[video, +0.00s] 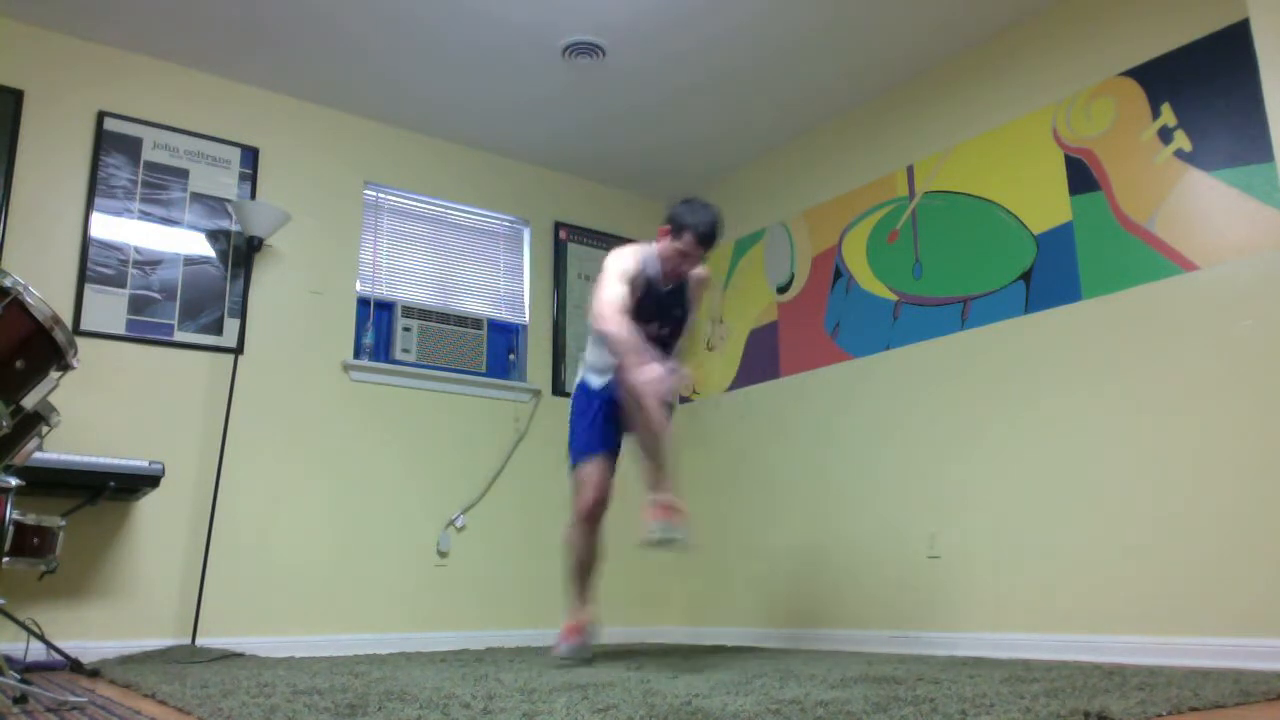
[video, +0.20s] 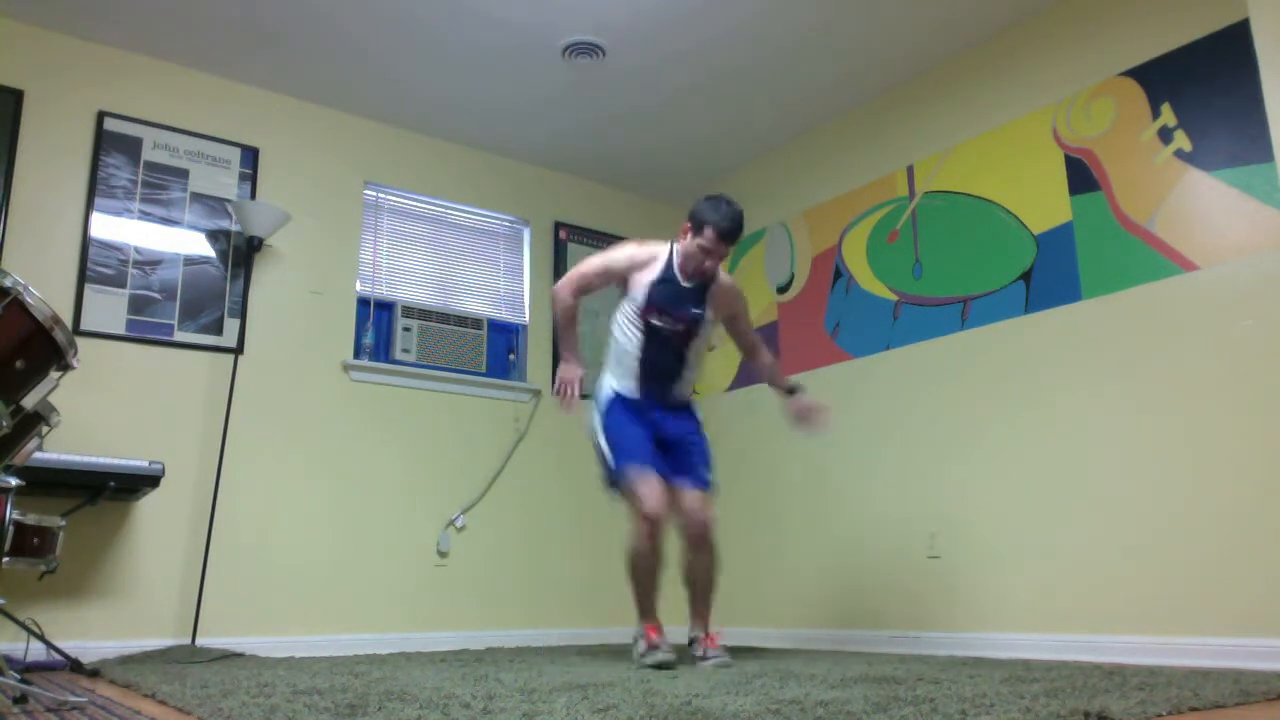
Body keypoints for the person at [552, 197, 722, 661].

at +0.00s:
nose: (686, 264)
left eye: (695, 258)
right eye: (682, 252)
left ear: (704, 255)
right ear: (665, 236)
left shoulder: (696, 280)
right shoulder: (626, 261)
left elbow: (681, 332)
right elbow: (609, 319)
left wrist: (672, 370)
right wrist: (643, 366)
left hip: (652, 385)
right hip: (601, 385)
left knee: (635, 380)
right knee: (590, 502)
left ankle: (661, 499)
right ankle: (579, 616)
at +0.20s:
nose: (710, 264)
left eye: (720, 256)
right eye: (704, 251)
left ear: (729, 251)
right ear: (685, 233)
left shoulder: (724, 292)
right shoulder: (640, 259)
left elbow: (754, 350)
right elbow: (566, 289)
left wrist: (790, 393)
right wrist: (568, 360)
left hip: (676, 411)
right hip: (622, 403)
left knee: (699, 517)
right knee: (652, 508)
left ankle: (701, 634)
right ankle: (649, 630)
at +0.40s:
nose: (707, 259)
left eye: (717, 251)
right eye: (702, 246)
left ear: (727, 244)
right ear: (682, 227)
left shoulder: (724, 282)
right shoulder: (639, 248)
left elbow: (753, 337)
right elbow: (570, 266)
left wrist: (791, 357)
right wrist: (598, 316)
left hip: (681, 384)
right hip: (627, 376)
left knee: (694, 494)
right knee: (656, 332)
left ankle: (693, 615)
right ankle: (686, 480)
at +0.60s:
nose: (732, 307)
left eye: (740, 300)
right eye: (731, 294)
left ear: (743, 297)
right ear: (717, 276)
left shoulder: (728, 315)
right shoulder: (661, 282)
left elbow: (772, 354)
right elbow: (576, 318)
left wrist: (817, 378)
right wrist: (578, 364)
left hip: (660, 411)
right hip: (611, 402)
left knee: (709, 518)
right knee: (615, 338)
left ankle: (702, 632)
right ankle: (639, 490)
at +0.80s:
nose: (705, 363)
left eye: (714, 358)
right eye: (704, 356)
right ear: (690, 335)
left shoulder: (703, 334)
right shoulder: (635, 327)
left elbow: (716, 352)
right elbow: (545, 355)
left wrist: (748, 361)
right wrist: (545, 416)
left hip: (669, 440)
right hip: (618, 440)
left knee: (732, 522)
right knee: (604, 541)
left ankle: (704, 632)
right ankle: (567, 639)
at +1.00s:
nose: (723, 258)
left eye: (729, 249)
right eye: (721, 246)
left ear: (706, 233)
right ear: (693, 228)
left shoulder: (705, 271)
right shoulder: (635, 252)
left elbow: (747, 303)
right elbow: (573, 297)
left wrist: (809, 322)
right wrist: (630, 336)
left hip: (683, 397)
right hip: (632, 404)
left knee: (786, 416)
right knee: (610, 509)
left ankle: (774, 532)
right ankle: (583, 606)